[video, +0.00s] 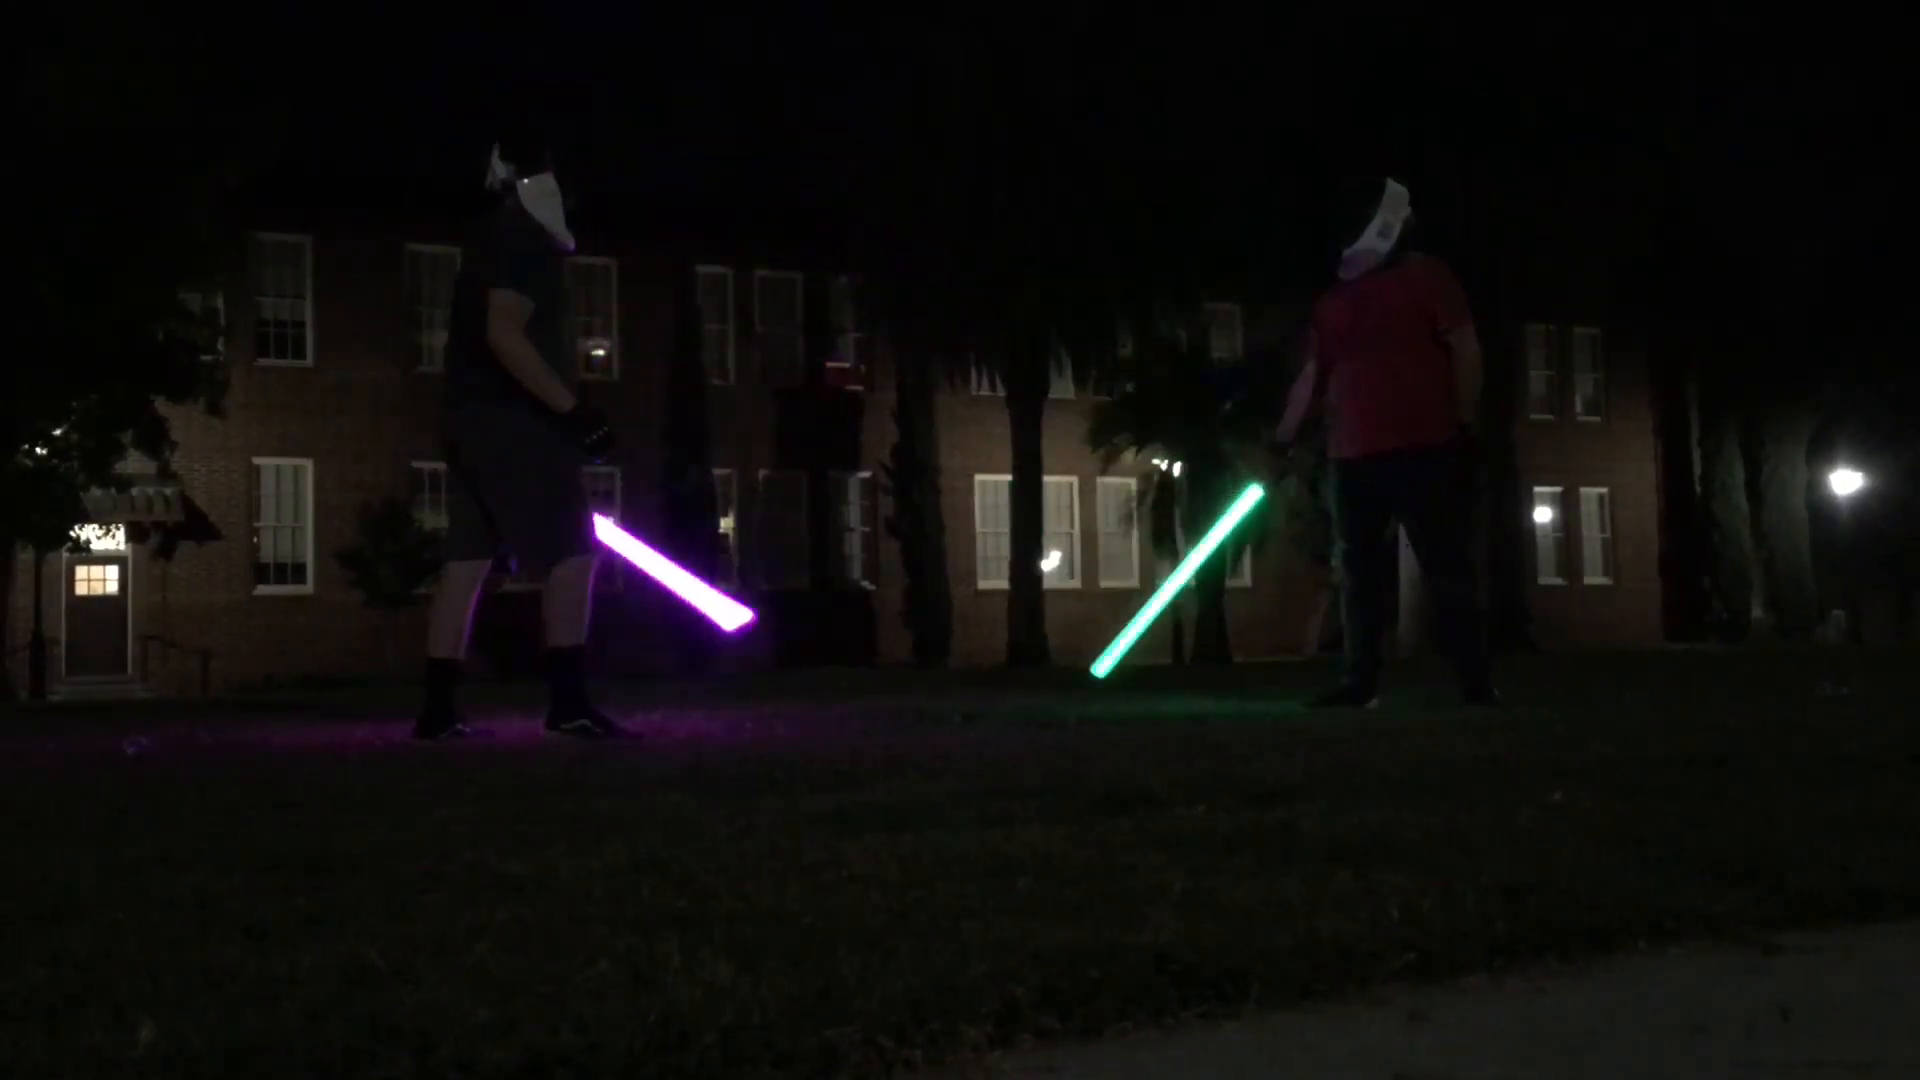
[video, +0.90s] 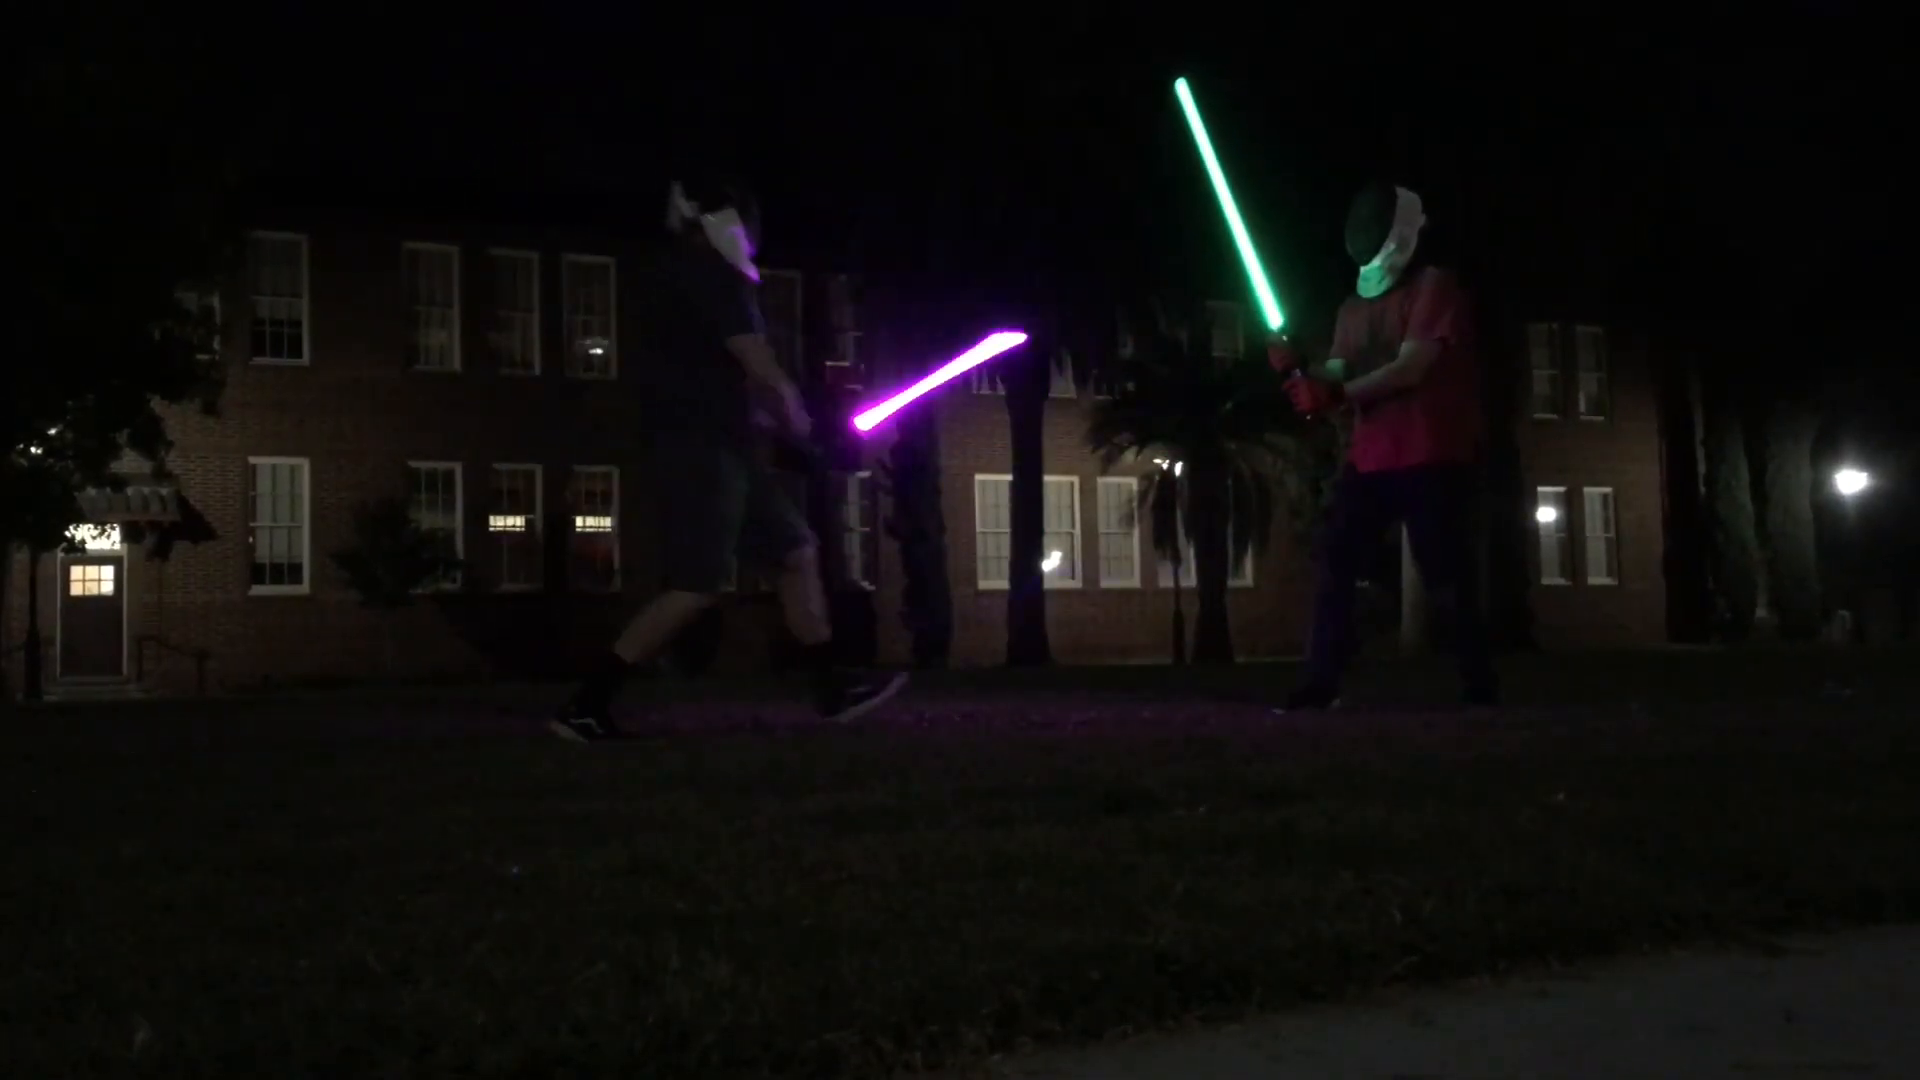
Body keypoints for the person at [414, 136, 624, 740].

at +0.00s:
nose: (567, 200)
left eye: (563, 187)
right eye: (559, 187)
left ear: (510, 188)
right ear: (537, 187)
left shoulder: (489, 243)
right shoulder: (524, 244)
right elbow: (506, 334)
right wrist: (571, 408)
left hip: (477, 432)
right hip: (523, 431)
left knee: (467, 560)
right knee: (573, 552)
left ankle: (437, 708)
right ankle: (569, 702)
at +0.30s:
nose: (614, 210)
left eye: (611, 198)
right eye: (608, 198)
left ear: (557, 197)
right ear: (590, 199)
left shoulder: (533, 247)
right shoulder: (575, 252)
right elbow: (590, 343)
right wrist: (639, 413)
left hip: (521, 427)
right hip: (566, 428)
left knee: (533, 560)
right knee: (593, 560)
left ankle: (452, 691)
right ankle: (577, 706)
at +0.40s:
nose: (628, 214)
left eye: (624, 202)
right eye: (623, 202)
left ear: (577, 198)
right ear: (605, 200)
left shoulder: (559, 243)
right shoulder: (591, 247)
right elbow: (616, 341)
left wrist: (651, 399)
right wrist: (657, 405)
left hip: (554, 421)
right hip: (581, 424)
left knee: (569, 565)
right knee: (594, 564)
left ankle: (475, 674)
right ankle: (578, 707)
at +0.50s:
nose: (640, 207)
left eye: (638, 194)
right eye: (632, 194)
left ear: (598, 196)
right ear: (607, 194)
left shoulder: (577, 244)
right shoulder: (606, 248)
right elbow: (641, 341)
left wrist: (667, 400)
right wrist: (675, 405)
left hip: (582, 419)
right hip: (597, 422)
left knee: (613, 552)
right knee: (603, 554)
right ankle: (576, 701)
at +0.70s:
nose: (687, 217)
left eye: (685, 202)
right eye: (681, 202)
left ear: (639, 200)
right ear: (656, 199)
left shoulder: (623, 250)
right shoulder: (654, 252)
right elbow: (695, 352)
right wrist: (723, 408)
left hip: (657, 427)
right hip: (636, 427)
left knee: (708, 545)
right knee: (627, 558)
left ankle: (669, 688)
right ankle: (578, 703)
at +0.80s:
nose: (716, 221)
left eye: (712, 207)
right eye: (708, 207)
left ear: (664, 210)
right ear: (687, 208)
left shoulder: (649, 257)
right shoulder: (684, 261)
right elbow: (727, 360)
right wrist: (750, 409)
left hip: (680, 435)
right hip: (669, 435)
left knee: (750, 542)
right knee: (657, 568)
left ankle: (749, 692)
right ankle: (583, 702)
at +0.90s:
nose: (750, 240)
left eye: (745, 226)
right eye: (740, 226)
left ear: (696, 226)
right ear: (714, 226)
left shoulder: (677, 275)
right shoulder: (713, 279)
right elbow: (757, 360)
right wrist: (796, 411)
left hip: (717, 451)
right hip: (704, 452)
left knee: (797, 550)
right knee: (698, 583)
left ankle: (831, 684)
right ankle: (592, 700)